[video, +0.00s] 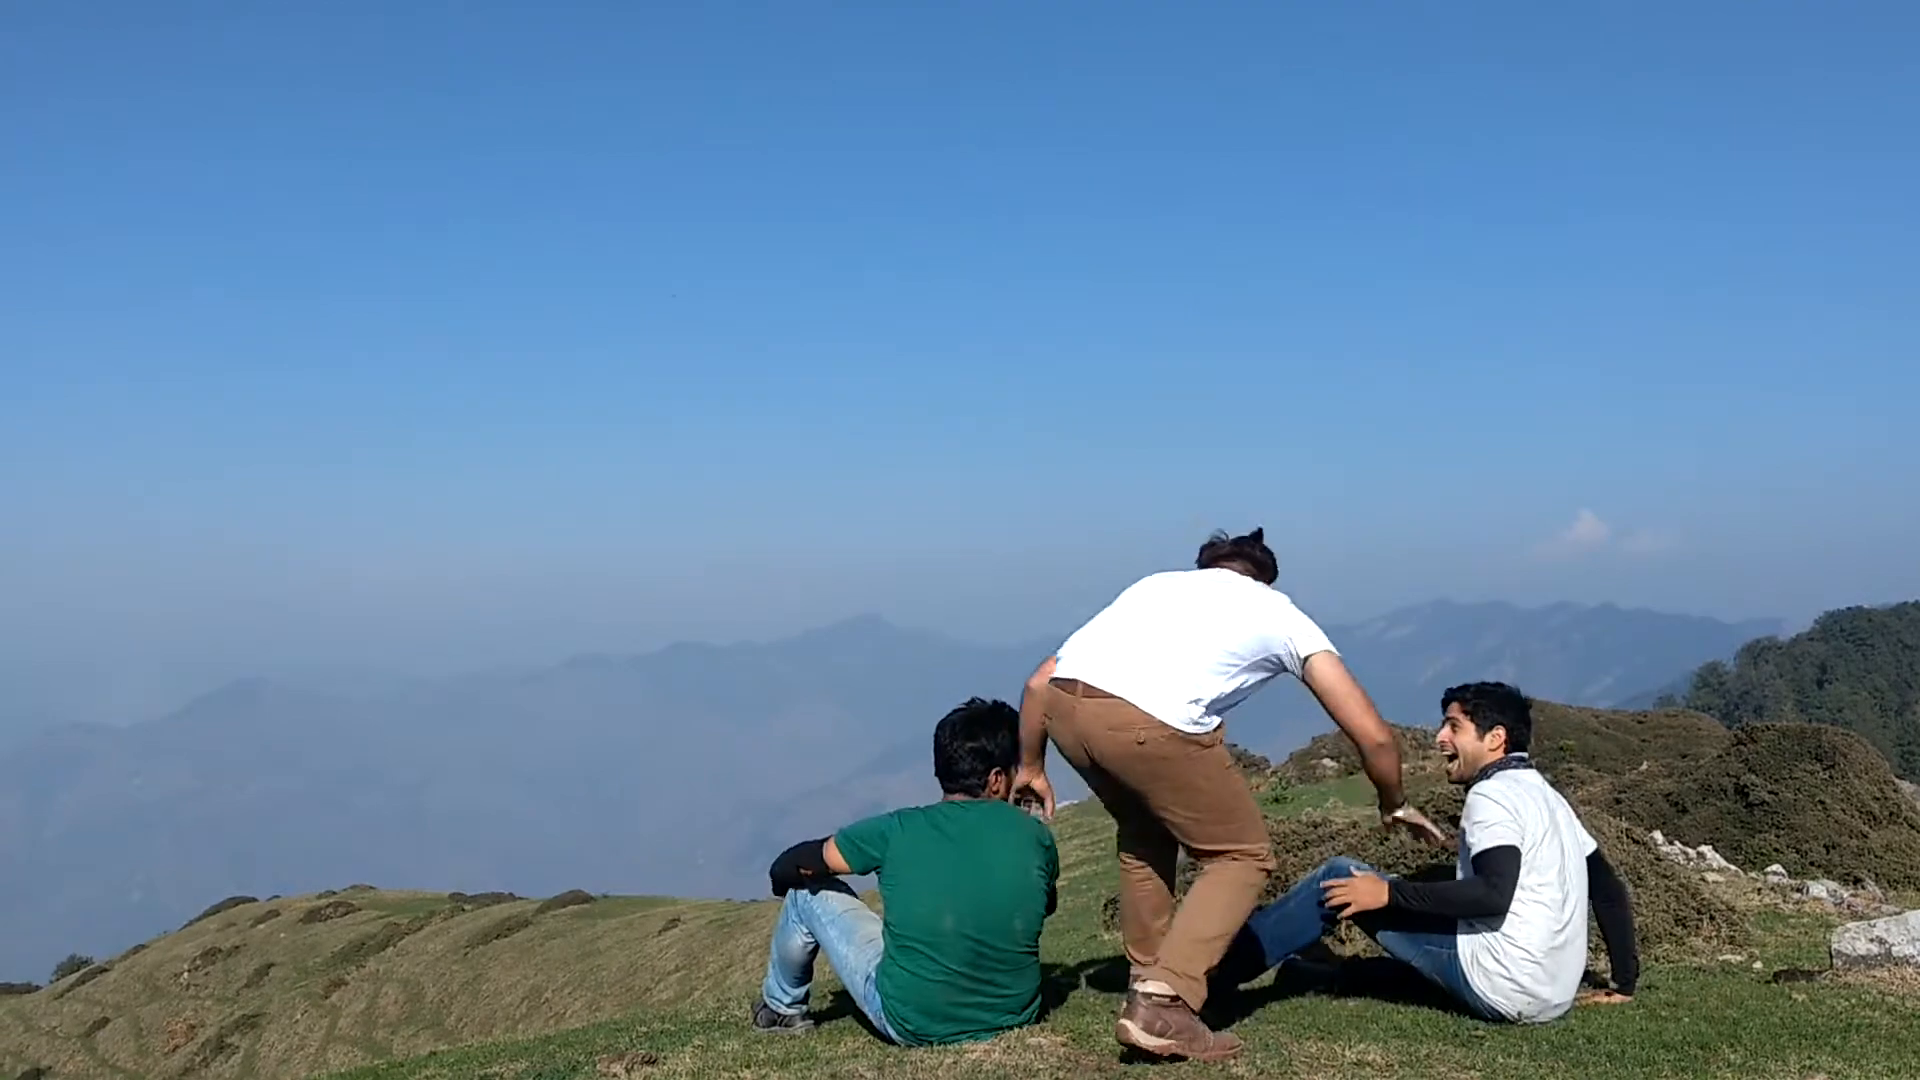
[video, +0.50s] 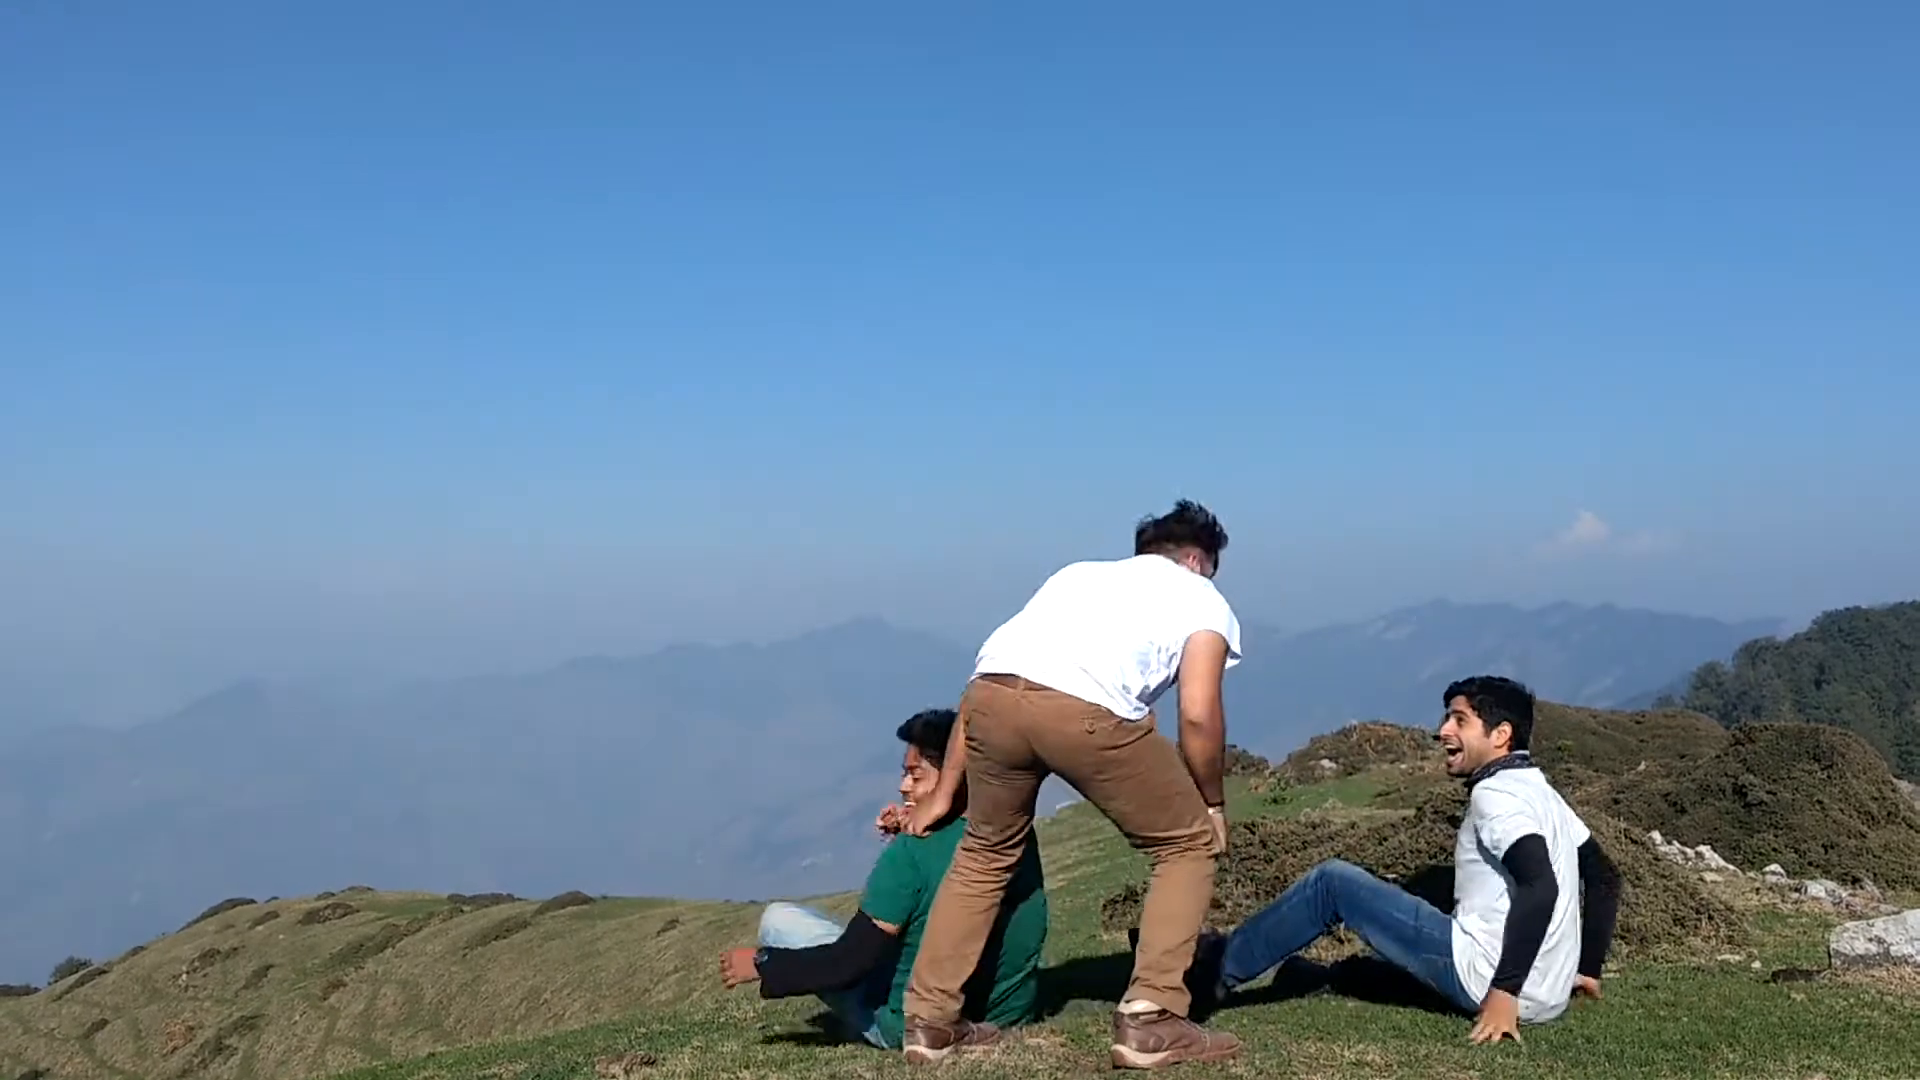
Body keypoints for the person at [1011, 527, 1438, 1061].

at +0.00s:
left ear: (1205, 565)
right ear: (1266, 580)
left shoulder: (1155, 587)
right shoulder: (1278, 611)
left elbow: (1040, 681)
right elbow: (1375, 738)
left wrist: (1029, 765)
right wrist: (1393, 805)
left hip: (1066, 704)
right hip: (1150, 725)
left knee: (1145, 831)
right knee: (1241, 853)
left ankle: (1150, 982)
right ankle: (1164, 1004)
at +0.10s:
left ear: (1187, 547)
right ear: (1251, 560)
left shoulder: (1140, 562)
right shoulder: (1267, 590)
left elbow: (1032, 655)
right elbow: (1343, 727)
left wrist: (1013, 746)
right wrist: (1313, 791)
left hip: (1062, 686)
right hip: (1154, 705)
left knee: (1115, 837)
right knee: (1228, 850)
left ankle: (1125, 978)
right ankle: (1158, 1009)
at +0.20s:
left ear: (1175, 535)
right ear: (1237, 548)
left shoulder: (1123, 551)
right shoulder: (1260, 582)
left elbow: (1029, 642)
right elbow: (1310, 710)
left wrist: (981, 735)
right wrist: (1258, 788)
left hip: (1060, 683)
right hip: (1153, 704)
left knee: (1090, 826)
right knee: (1219, 845)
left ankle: (1081, 993)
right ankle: (1155, 1012)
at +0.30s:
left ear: (1162, 533)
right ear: (1229, 548)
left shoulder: (1112, 552)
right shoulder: (1246, 581)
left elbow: (1014, 653)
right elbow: (1283, 703)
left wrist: (956, 742)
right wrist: (1235, 779)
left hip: (1047, 685)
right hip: (1141, 702)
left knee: (1057, 823)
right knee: (1209, 846)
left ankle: (1022, 997)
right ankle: (1152, 1015)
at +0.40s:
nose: (1226, 564)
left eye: (1226, 557)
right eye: (1228, 556)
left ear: (1158, 538)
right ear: (1217, 550)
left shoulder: (1097, 559)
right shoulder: (1231, 587)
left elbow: (996, 667)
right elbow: (1253, 703)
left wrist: (945, 763)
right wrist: (1220, 782)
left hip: (1028, 687)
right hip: (1122, 703)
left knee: (1024, 831)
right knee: (1201, 842)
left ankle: (953, 1004)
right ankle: (1152, 1015)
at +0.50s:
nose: (1211, 575)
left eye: (1211, 566)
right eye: (1210, 564)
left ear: (1142, 551)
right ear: (1192, 559)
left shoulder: (1079, 574)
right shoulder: (1201, 599)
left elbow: (989, 672)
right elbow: (1199, 719)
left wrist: (943, 792)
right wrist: (1211, 806)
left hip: (993, 703)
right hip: (1083, 715)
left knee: (987, 847)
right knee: (1185, 842)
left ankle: (929, 1021)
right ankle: (1150, 1017)